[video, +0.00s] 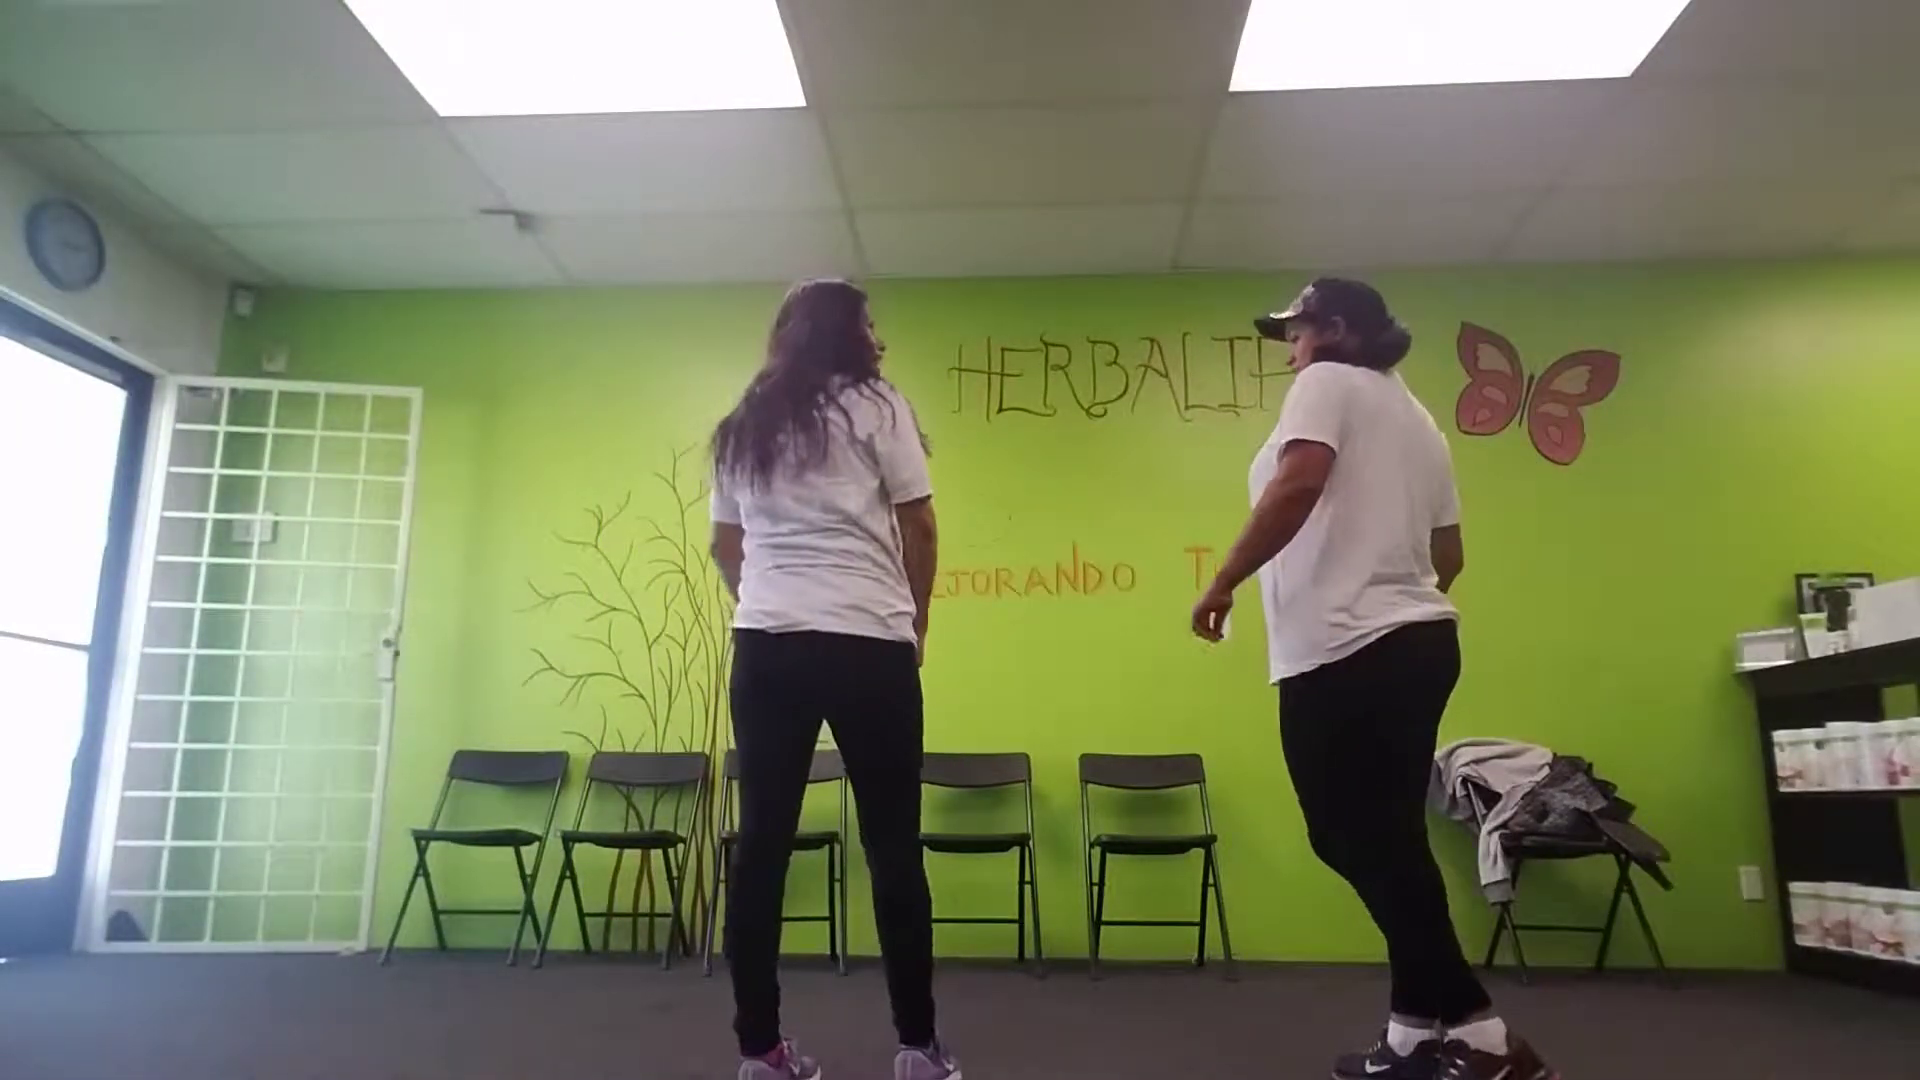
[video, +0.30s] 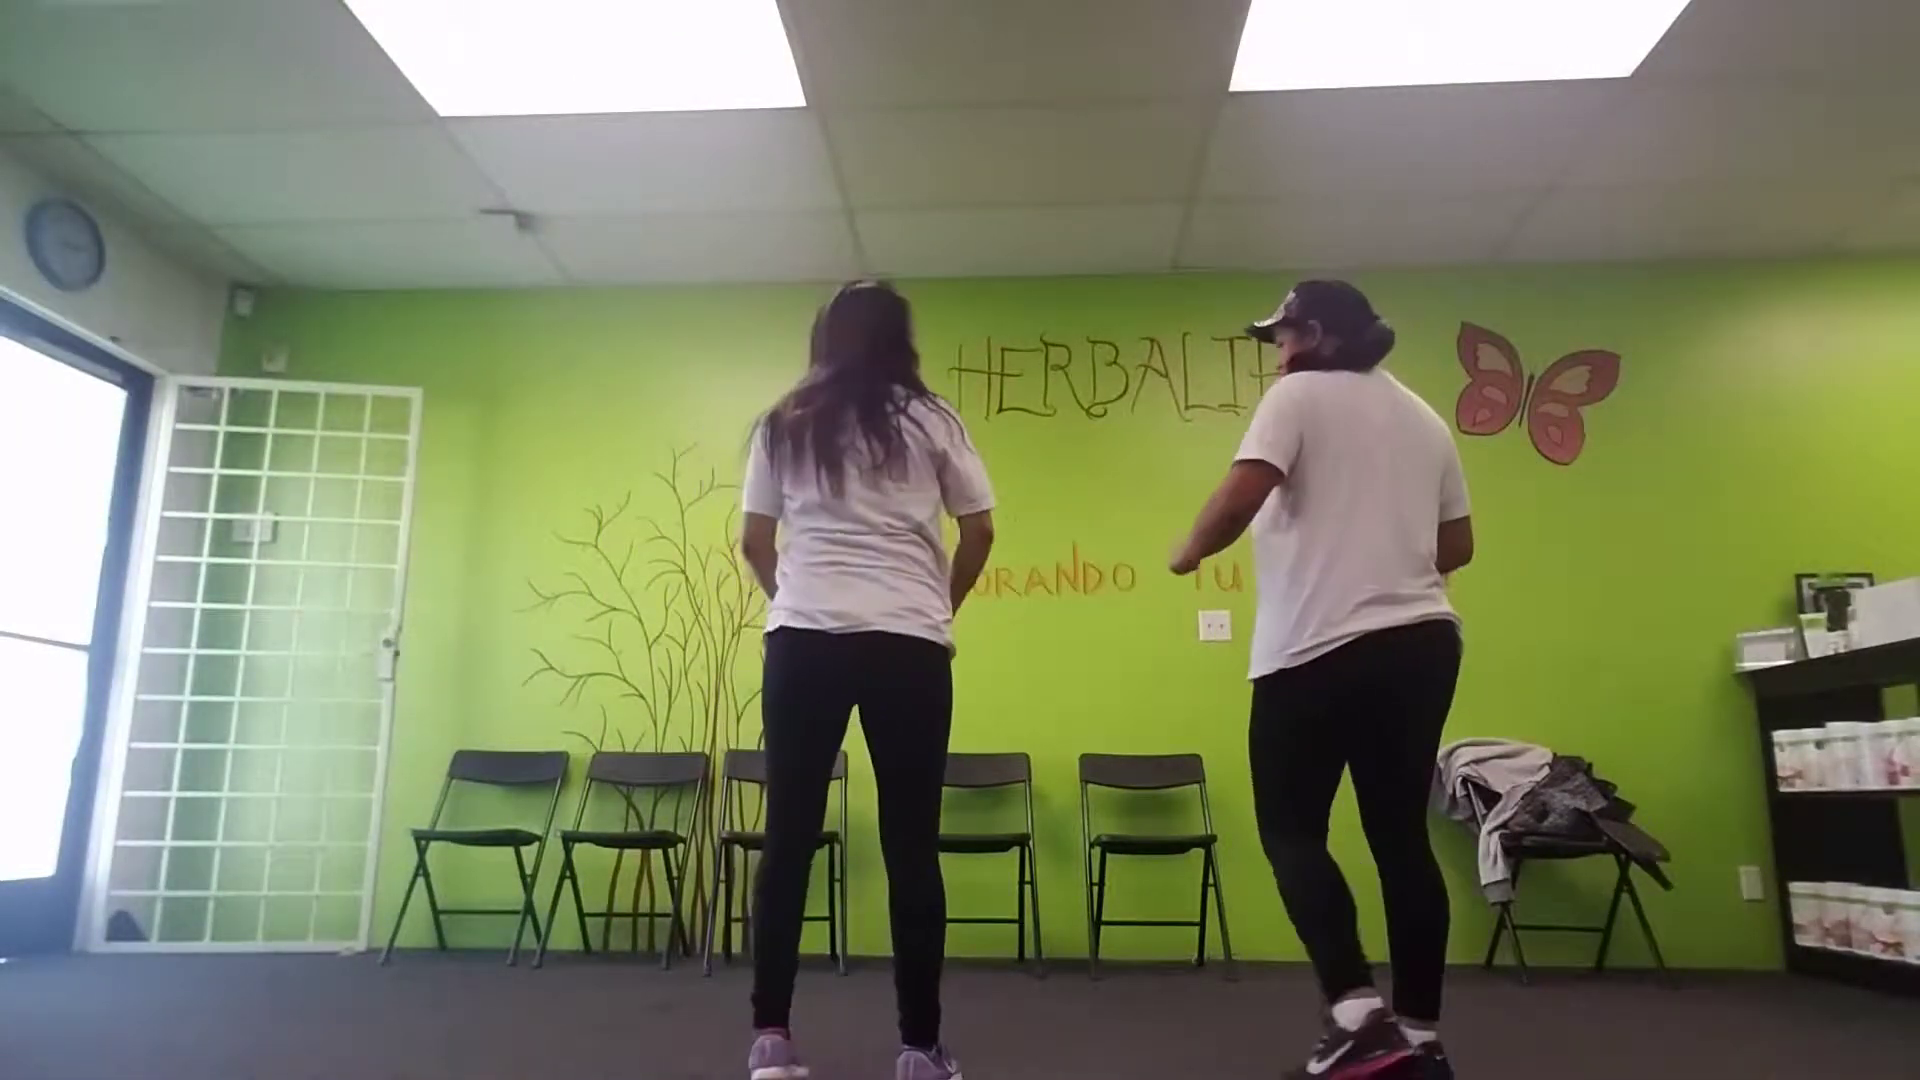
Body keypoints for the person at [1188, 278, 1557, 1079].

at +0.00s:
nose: (1289, 347)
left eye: (1296, 332)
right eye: (1290, 333)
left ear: (1335, 331)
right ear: (1364, 337)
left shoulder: (1325, 381)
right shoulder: (1419, 419)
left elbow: (1300, 482)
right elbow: (1446, 557)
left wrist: (1224, 581)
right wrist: (1376, 605)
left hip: (1344, 645)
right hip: (1418, 640)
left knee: (1348, 835)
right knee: (1393, 836)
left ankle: (1473, 1027)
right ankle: (1414, 1033)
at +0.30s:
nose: (1276, 351)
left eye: (1284, 337)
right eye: (1277, 337)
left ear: (1319, 336)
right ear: (1359, 340)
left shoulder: (1295, 395)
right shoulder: (1424, 417)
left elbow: (1244, 492)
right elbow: (1455, 545)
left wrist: (1189, 551)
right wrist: (1375, 566)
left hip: (1316, 651)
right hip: (1422, 645)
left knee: (1293, 832)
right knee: (1402, 832)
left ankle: (1358, 1014)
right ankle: (1419, 1033)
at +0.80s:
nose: (1215, 334)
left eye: (1221, 320)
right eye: (1217, 320)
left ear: (1243, 323)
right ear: (1303, 322)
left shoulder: (1198, 396)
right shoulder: (1361, 400)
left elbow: (1166, 513)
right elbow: (1367, 508)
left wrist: (1249, 479)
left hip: (1236, 649)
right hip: (1359, 640)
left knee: (1233, 847)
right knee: (1369, 833)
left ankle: (1235, 1050)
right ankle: (1411, 1039)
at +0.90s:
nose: (1202, 330)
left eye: (1209, 316)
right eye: (1205, 316)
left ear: (1232, 319)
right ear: (1290, 319)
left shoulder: (1184, 394)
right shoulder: (1347, 394)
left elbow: (1153, 508)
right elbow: (1356, 505)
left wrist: (1236, 475)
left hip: (1225, 647)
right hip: (1346, 638)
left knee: (1230, 845)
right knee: (1362, 831)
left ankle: (1235, 1050)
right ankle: (1407, 1036)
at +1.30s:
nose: (1214, 329)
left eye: (1221, 315)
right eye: (1215, 315)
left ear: (1249, 318)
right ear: (1297, 318)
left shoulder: (1204, 402)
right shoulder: (1367, 395)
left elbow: (1170, 502)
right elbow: (1377, 483)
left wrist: (1243, 450)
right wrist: (1289, 458)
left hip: (1241, 651)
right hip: (1364, 645)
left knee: (1240, 842)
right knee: (1379, 839)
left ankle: (1236, 1048)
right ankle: (1421, 1042)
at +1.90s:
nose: (1230, 413)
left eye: (1236, 398)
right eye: (1232, 399)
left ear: (1264, 398)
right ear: (1312, 399)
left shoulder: (1224, 474)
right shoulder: (1379, 472)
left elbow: (1190, 572)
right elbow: (1377, 561)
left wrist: (1272, 540)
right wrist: (1278, 552)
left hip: (1272, 688)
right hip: (1403, 682)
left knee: (1209, 860)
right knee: (1396, 855)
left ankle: (1232, 1049)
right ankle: (1423, 1043)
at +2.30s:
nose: (1215, 579)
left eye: (1219, 566)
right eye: (1215, 566)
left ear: (1249, 565)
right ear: (1299, 566)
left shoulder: (1212, 634)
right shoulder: (1360, 626)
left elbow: (1181, 740)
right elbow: (1376, 715)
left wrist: (1239, 675)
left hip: (1272, 844)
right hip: (1421, 835)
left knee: (1174, 873)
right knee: (1392, 879)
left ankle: (1231, 1046)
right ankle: (1420, 1040)